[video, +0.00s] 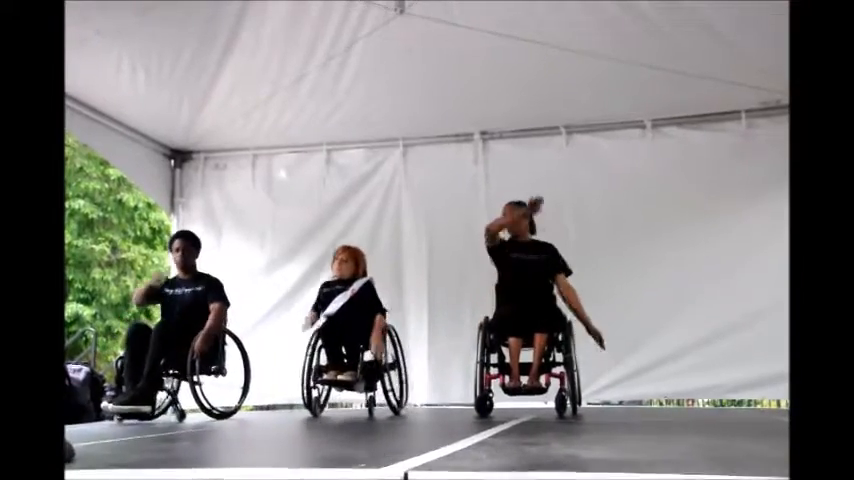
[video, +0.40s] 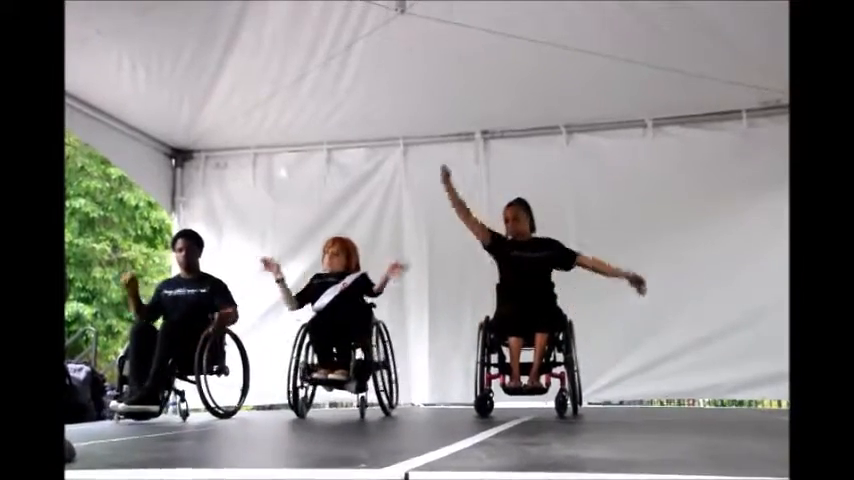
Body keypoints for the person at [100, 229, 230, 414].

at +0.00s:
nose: (181, 255)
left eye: (186, 250)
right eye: (177, 251)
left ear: (196, 253)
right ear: (172, 255)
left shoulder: (210, 284)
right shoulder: (168, 286)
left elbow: (219, 312)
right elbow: (139, 302)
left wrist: (205, 337)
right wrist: (148, 288)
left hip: (200, 350)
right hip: (172, 348)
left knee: (163, 328)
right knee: (137, 330)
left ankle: (146, 395)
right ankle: (131, 394)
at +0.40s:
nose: (184, 255)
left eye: (189, 249)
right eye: (179, 250)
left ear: (199, 252)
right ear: (174, 254)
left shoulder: (213, 285)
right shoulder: (166, 287)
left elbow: (231, 314)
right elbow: (145, 317)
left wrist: (220, 319)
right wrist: (133, 294)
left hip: (204, 352)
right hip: (173, 349)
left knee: (170, 329)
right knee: (141, 329)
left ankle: (151, 396)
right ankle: (136, 396)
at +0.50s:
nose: (185, 256)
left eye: (190, 250)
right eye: (180, 251)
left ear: (200, 253)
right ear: (175, 255)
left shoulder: (214, 285)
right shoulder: (167, 287)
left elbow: (229, 314)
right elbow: (153, 313)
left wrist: (219, 292)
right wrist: (128, 322)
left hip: (205, 350)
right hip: (174, 348)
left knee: (169, 327)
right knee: (141, 329)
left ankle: (151, 397)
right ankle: (136, 397)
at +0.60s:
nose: (187, 256)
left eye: (192, 251)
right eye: (182, 252)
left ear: (202, 254)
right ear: (177, 255)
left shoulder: (215, 285)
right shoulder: (168, 287)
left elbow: (225, 311)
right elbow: (153, 315)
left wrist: (209, 281)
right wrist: (129, 334)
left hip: (205, 349)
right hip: (174, 347)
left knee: (169, 328)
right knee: (138, 332)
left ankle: (150, 397)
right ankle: (135, 397)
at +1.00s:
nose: (190, 261)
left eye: (195, 256)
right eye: (185, 256)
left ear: (201, 258)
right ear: (177, 259)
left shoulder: (215, 289)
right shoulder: (168, 291)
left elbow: (237, 315)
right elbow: (156, 319)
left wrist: (211, 297)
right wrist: (129, 340)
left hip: (205, 353)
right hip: (175, 352)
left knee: (162, 333)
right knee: (136, 334)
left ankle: (146, 401)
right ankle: (132, 398)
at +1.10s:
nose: (191, 261)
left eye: (196, 256)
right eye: (186, 257)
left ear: (202, 258)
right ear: (177, 260)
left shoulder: (216, 288)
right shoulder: (169, 292)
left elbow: (244, 310)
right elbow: (152, 319)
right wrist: (128, 344)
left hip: (205, 353)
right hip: (176, 352)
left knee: (162, 333)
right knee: (136, 335)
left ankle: (145, 401)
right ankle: (132, 399)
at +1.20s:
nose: (194, 261)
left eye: (198, 256)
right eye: (189, 256)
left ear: (203, 259)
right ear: (179, 260)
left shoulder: (217, 288)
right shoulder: (169, 293)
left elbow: (243, 299)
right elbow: (150, 321)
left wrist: (261, 295)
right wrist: (126, 345)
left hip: (206, 355)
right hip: (176, 353)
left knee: (163, 335)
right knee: (136, 335)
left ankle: (145, 403)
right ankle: (131, 400)